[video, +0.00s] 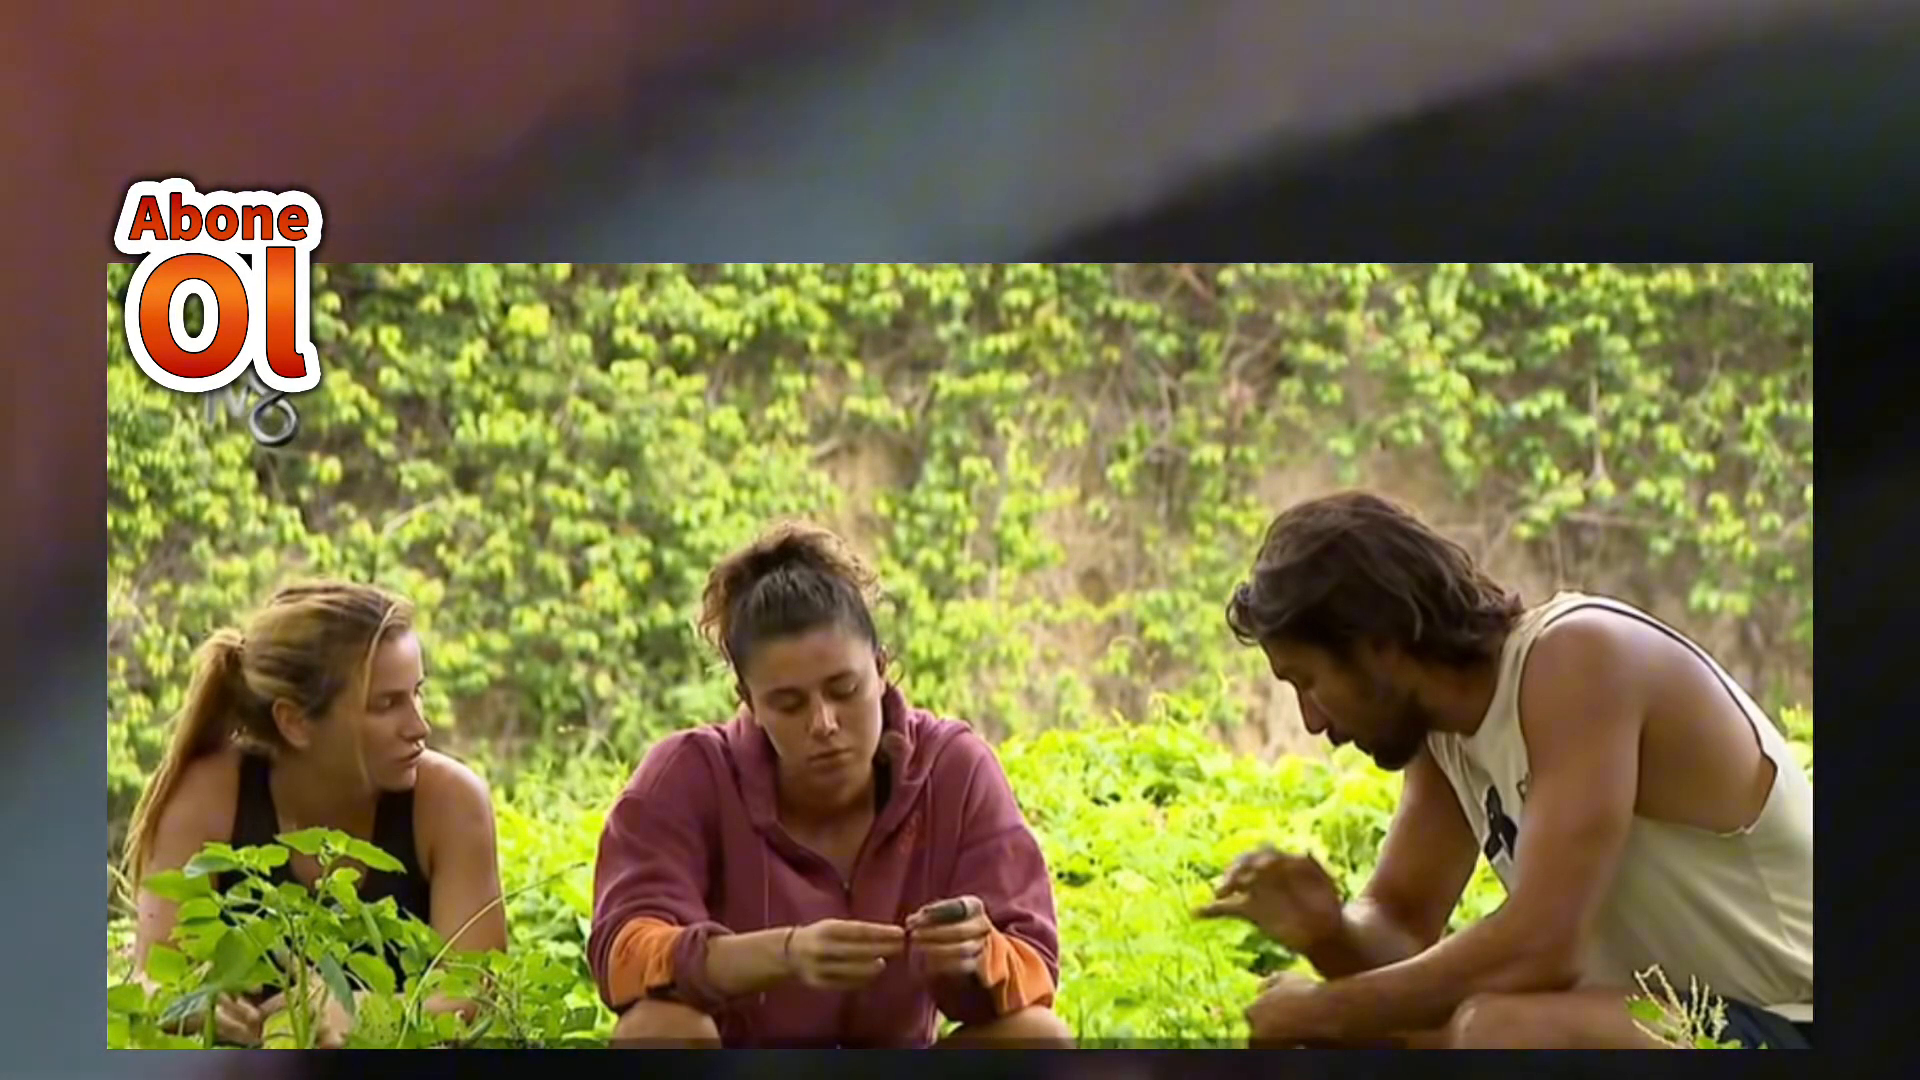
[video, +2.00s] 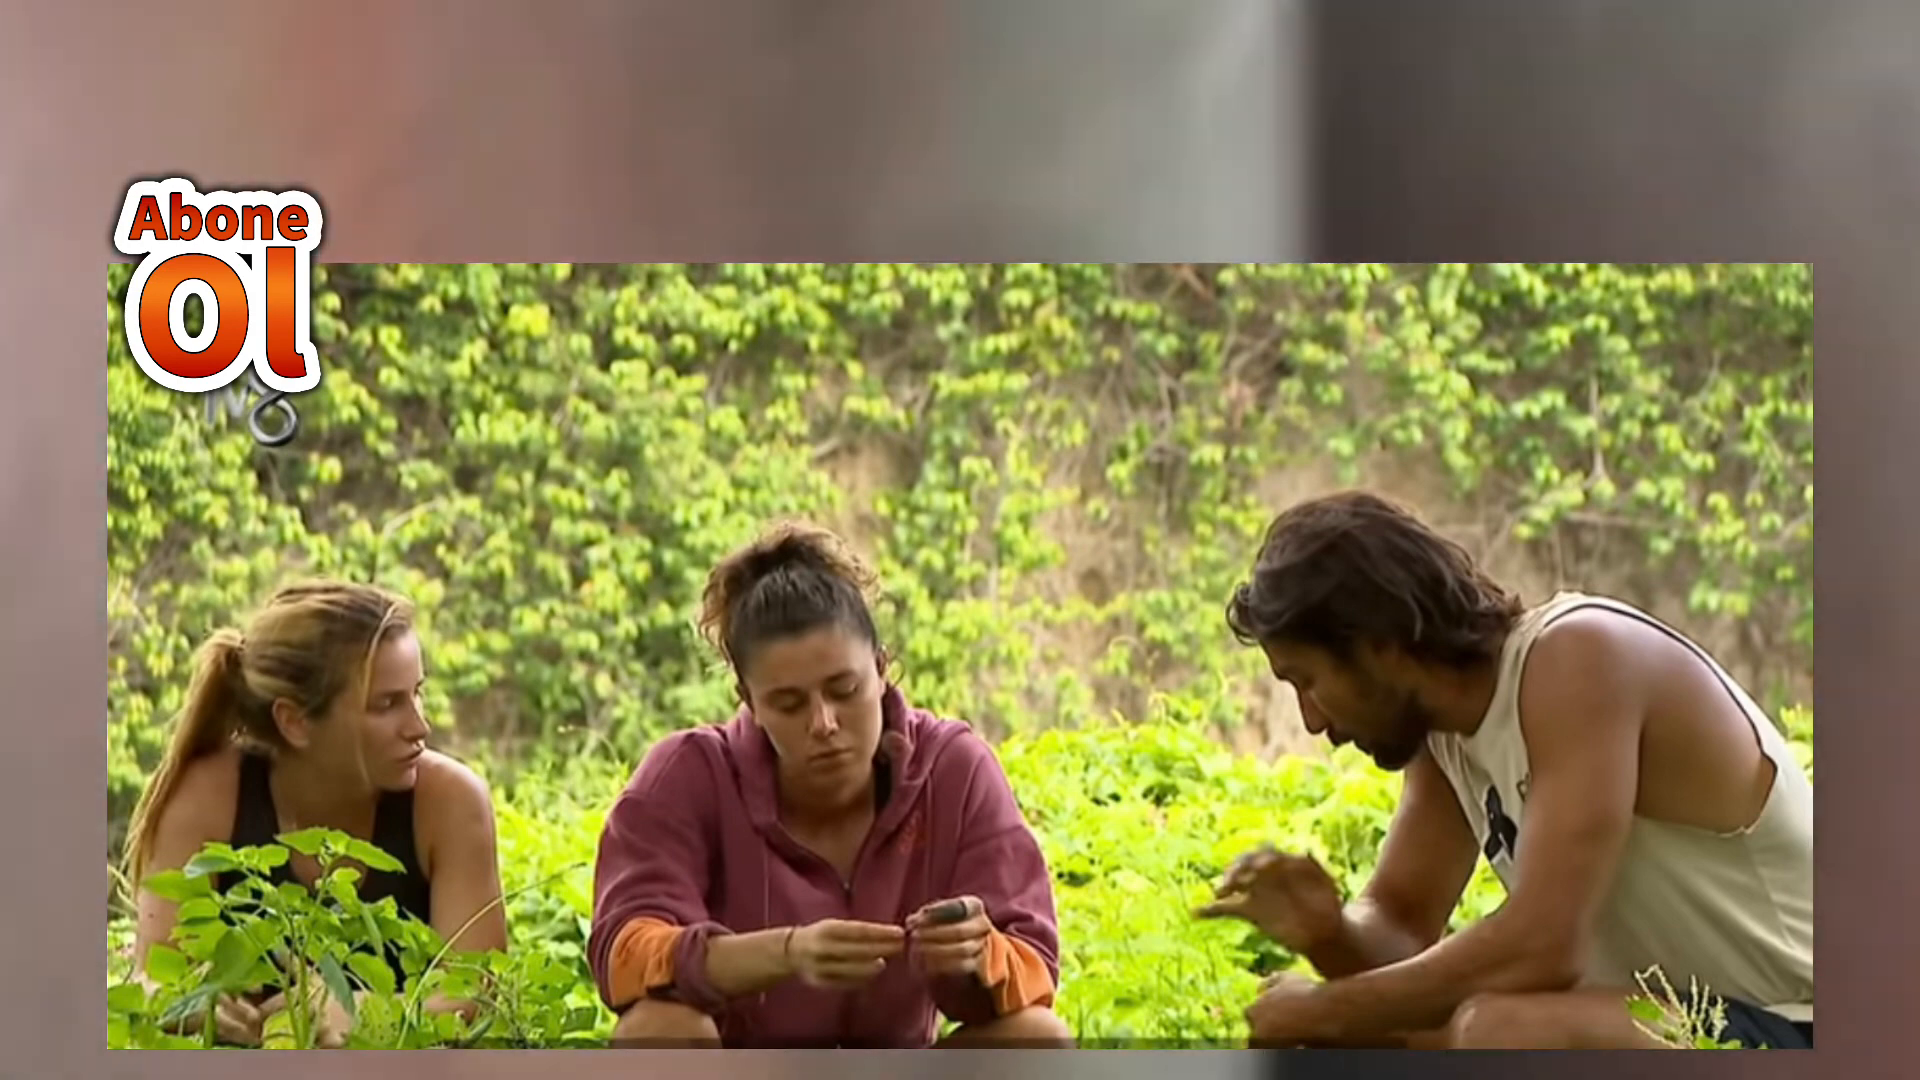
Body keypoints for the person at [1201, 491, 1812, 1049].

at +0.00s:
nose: (1311, 724)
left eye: (1306, 687)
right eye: (1296, 693)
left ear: (1382, 643)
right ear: (1382, 643)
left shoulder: (1585, 656)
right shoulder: (1450, 730)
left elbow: (1539, 951)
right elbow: (1403, 926)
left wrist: (1326, 1014)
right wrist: (1330, 932)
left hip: (1788, 1014)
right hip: (1658, 1001)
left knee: (1500, 1026)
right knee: (1387, 1026)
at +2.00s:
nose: (1311, 723)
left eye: (1306, 686)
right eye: (1295, 693)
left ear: (1383, 642)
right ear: (1383, 643)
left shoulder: (1584, 656)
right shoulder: (1450, 730)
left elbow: (1539, 950)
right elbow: (1403, 924)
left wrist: (1325, 1015)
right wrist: (1330, 933)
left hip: (1789, 1019)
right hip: (1658, 1003)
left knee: (1501, 1025)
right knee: (1379, 1026)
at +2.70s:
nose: (1311, 723)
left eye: (1306, 686)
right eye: (1295, 693)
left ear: (1383, 642)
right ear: (1383, 643)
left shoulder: (1584, 656)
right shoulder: (1450, 731)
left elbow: (1539, 950)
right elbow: (1403, 924)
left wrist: (1325, 1014)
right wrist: (1330, 933)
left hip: (1790, 1020)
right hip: (1658, 1006)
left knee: (1502, 1026)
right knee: (1379, 1027)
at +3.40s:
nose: (1310, 723)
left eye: (1306, 686)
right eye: (1295, 692)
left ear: (1385, 643)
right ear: (1385, 645)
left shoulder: (1584, 656)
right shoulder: (1451, 731)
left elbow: (1540, 950)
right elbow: (1402, 925)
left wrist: (1320, 1014)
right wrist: (1331, 933)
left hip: (1791, 1019)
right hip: (1656, 1004)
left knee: (1500, 1026)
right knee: (1362, 1034)